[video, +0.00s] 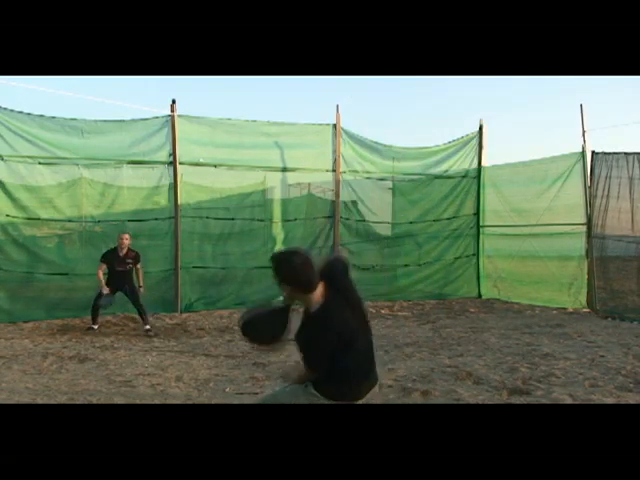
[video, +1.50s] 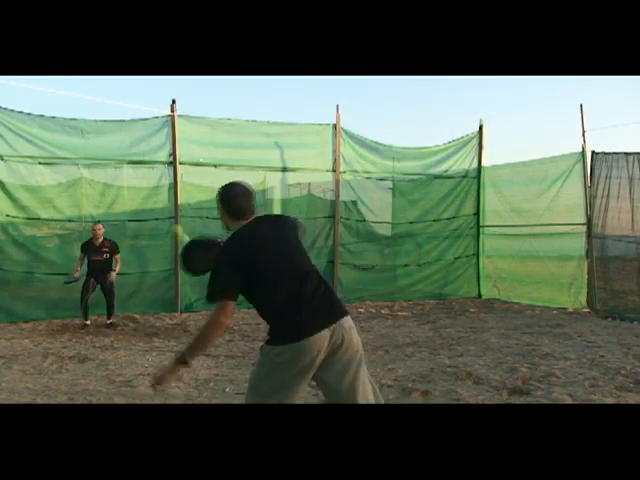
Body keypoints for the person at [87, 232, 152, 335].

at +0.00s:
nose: (123, 242)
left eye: (126, 239)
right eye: (121, 239)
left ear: (129, 241)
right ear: (118, 241)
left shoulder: (134, 255)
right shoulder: (109, 254)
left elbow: (138, 269)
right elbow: (100, 270)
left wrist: (140, 285)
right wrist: (103, 286)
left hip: (127, 284)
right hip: (111, 284)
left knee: (137, 303)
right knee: (97, 303)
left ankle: (147, 325)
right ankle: (94, 324)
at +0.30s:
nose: (121, 241)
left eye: (123, 238)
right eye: (119, 238)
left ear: (127, 241)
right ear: (116, 240)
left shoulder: (131, 256)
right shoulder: (107, 253)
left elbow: (136, 272)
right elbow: (93, 266)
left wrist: (135, 288)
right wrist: (86, 281)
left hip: (122, 283)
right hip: (106, 282)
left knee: (128, 305)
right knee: (90, 302)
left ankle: (133, 325)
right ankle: (91, 320)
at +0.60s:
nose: (97, 265)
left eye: (99, 262)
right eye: (95, 262)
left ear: (104, 262)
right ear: (93, 262)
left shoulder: (112, 267)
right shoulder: (89, 271)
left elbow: (129, 273)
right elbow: (77, 288)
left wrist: (142, 283)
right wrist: (66, 305)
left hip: (110, 285)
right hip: (94, 286)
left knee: (124, 301)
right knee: (78, 301)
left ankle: (133, 325)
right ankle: (74, 325)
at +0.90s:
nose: (80, 266)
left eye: (82, 263)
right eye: (78, 264)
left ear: (85, 262)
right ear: (74, 264)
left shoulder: (94, 265)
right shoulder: (71, 273)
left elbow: (101, 270)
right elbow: (62, 289)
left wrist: (106, 274)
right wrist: (59, 304)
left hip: (95, 285)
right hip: (79, 288)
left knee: (112, 302)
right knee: (67, 301)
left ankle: (125, 322)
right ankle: (71, 326)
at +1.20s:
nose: (87, 243)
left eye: (89, 241)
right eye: (84, 241)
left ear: (93, 241)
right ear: (82, 242)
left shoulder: (102, 252)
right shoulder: (77, 256)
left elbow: (112, 264)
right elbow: (68, 269)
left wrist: (117, 276)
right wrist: (63, 285)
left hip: (101, 281)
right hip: (86, 282)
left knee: (112, 301)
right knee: (75, 301)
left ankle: (109, 320)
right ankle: (72, 325)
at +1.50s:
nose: (97, 232)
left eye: (99, 229)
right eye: (94, 230)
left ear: (103, 230)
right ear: (92, 231)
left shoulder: (111, 245)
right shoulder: (86, 245)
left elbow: (118, 260)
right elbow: (81, 258)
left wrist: (115, 271)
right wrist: (77, 270)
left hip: (106, 275)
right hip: (92, 275)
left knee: (110, 298)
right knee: (84, 297)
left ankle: (109, 320)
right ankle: (86, 321)